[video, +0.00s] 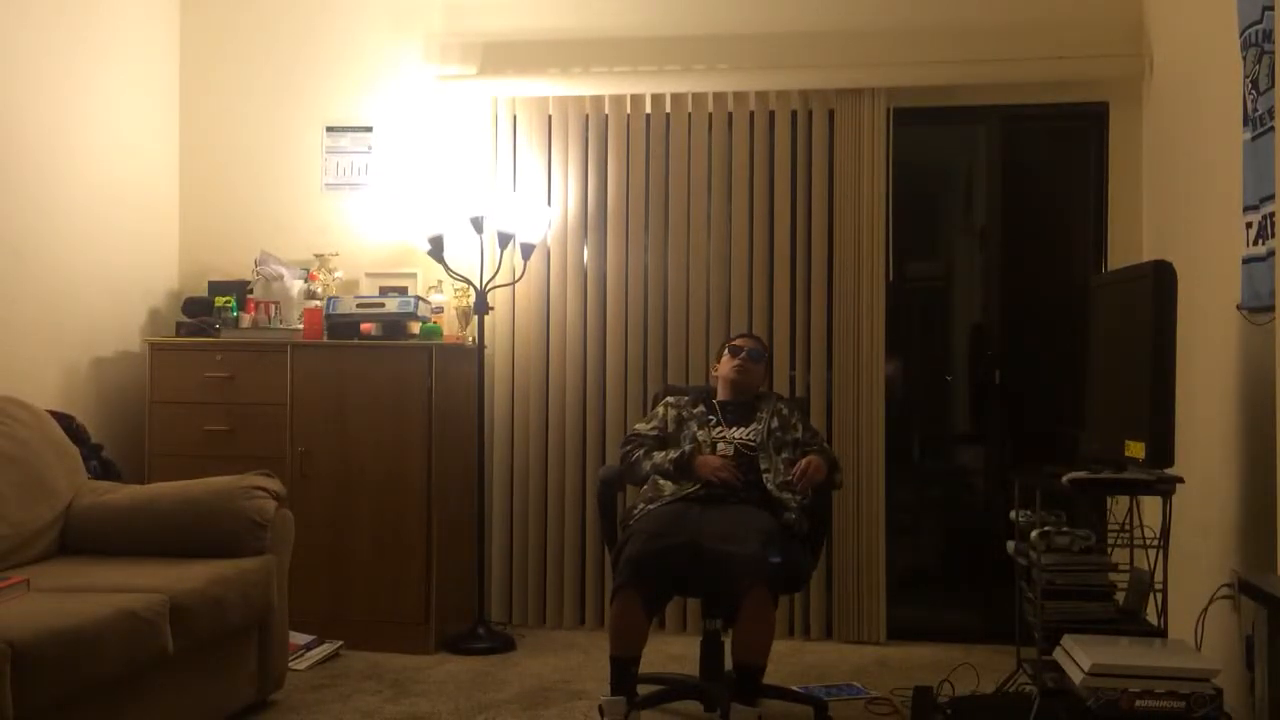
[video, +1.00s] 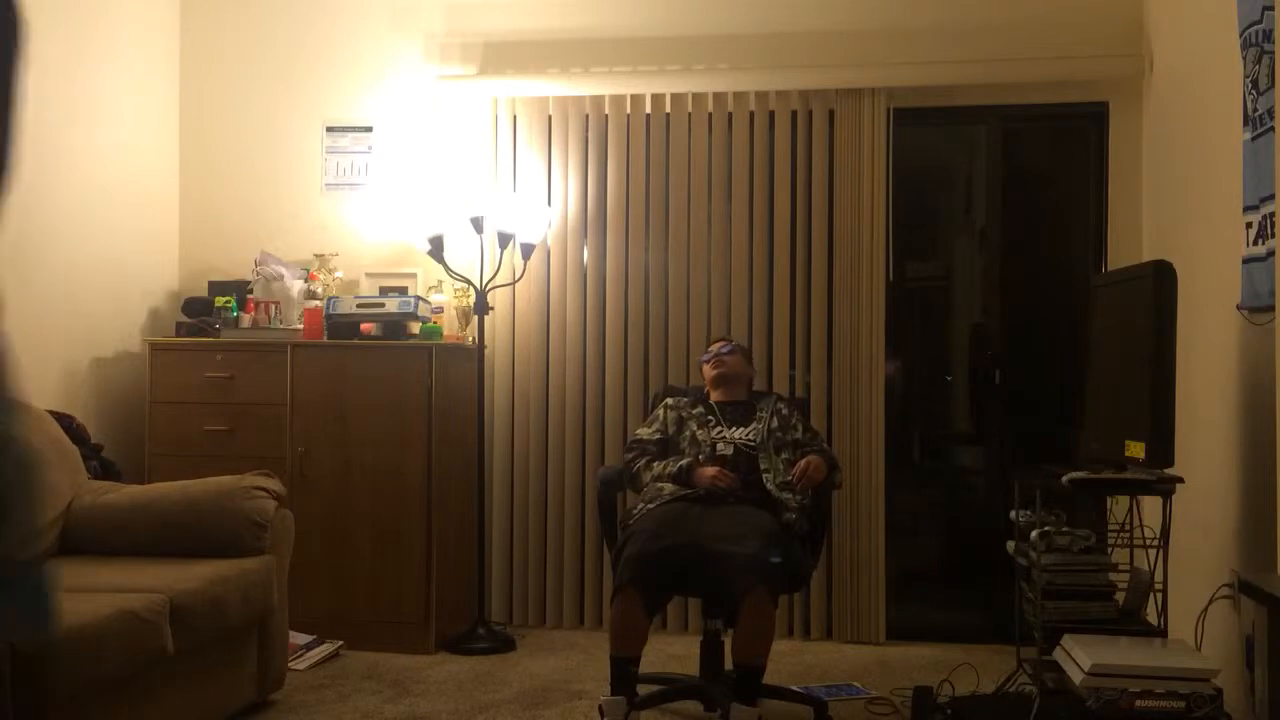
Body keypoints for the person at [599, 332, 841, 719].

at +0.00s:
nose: (743, 358)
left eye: (755, 356)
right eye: (734, 351)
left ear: (764, 379)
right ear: (715, 366)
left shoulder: (782, 415)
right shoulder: (674, 407)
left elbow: (825, 458)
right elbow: (631, 457)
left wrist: (821, 459)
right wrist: (690, 462)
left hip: (748, 509)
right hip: (672, 506)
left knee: (757, 577)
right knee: (637, 568)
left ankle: (746, 703)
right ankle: (621, 695)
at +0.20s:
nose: (744, 355)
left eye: (756, 355)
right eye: (735, 350)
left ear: (765, 380)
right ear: (716, 370)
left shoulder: (783, 414)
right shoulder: (675, 407)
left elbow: (825, 458)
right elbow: (632, 459)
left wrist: (821, 460)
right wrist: (691, 467)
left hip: (750, 508)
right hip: (674, 505)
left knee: (757, 576)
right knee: (638, 566)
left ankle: (746, 703)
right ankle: (621, 694)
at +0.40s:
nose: (740, 354)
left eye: (753, 354)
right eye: (731, 350)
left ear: (764, 378)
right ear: (714, 372)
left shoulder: (781, 414)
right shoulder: (675, 408)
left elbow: (825, 459)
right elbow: (635, 461)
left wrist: (820, 461)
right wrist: (691, 469)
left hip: (750, 509)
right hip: (674, 506)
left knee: (757, 576)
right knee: (637, 566)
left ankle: (746, 703)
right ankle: (620, 694)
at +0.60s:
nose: (733, 352)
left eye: (744, 351)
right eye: (724, 350)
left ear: (760, 374)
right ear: (710, 371)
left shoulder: (781, 413)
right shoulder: (674, 409)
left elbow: (825, 458)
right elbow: (634, 462)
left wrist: (821, 460)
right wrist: (691, 469)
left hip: (750, 508)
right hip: (674, 506)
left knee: (757, 576)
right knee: (637, 566)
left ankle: (746, 704)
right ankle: (621, 695)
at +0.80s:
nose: (724, 351)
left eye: (735, 348)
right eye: (714, 350)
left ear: (754, 371)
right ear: (705, 372)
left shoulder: (780, 413)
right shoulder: (673, 409)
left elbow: (824, 457)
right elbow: (635, 464)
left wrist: (820, 460)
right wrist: (690, 471)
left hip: (749, 508)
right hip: (673, 505)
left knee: (757, 576)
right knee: (638, 566)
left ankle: (746, 704)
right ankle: (621, 695)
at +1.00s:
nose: (717, 354)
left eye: (729, 349)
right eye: (709, 354)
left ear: (751, 370)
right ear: (702, 376)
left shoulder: (778, 410)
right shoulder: (673, 409)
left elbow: (823, 454)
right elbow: (636, 463)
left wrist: (820, 460)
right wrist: (690, 472)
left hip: (750, 508)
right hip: (674, 505)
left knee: (757, 576)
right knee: (638, 567)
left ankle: (746, 704)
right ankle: (621, 696)